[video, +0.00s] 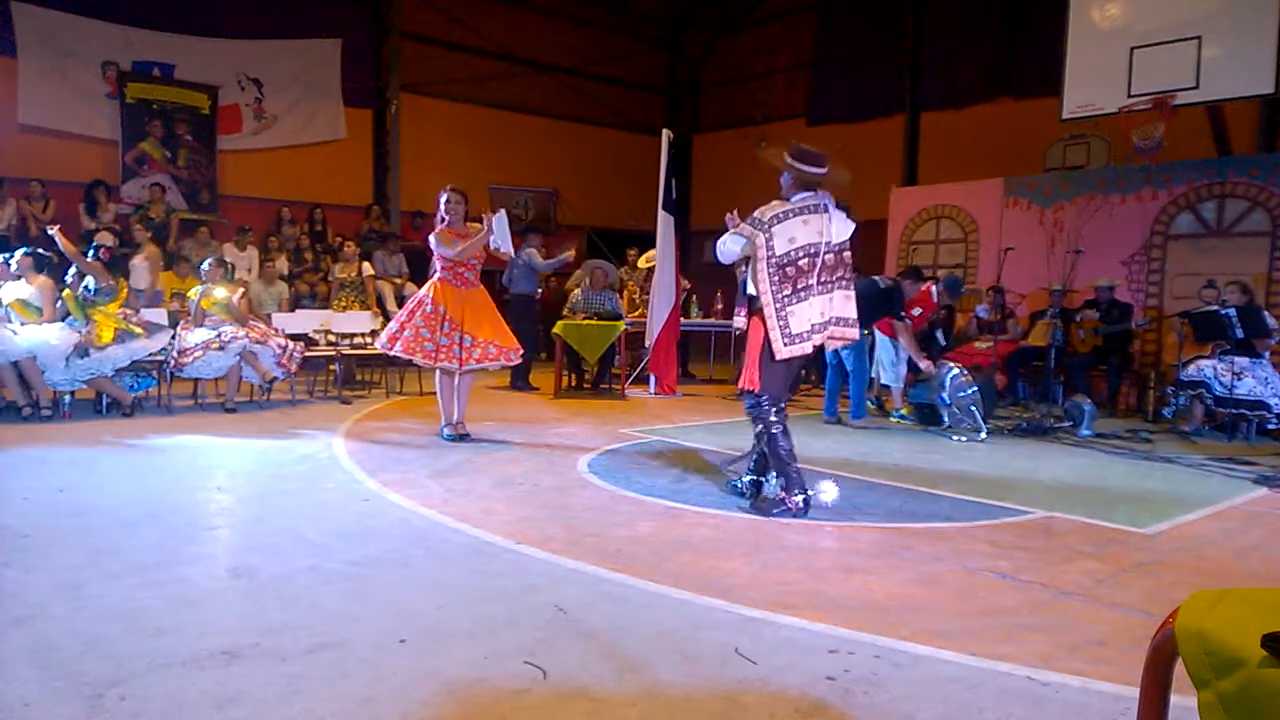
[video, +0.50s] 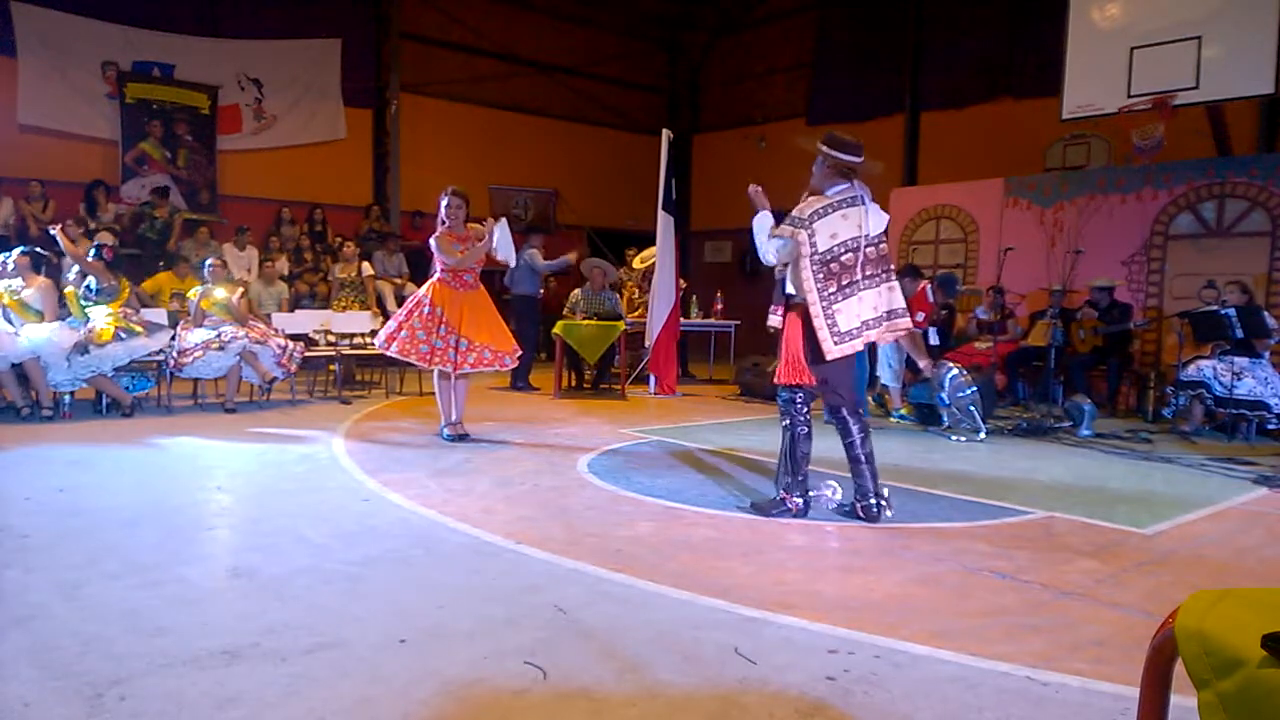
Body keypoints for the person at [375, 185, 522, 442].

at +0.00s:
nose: (452, 207)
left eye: (457, 203)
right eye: (447, 203)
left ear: (465, 207)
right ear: (441, 208)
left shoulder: (477, 231)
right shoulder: (438, 236)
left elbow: (505, 255)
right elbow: (457, 254)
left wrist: (498, 230)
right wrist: (486, 234)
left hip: (472, 301)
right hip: (445, 301)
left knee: (467, 365)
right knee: (446, 365)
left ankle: (460, 421)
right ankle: (446, 422)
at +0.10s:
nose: (452, 209)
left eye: (457, 205)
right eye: (448, 205)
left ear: (466, 208)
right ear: (441, 209)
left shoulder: (476, 233)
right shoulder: (438, 237)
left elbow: (504, 256)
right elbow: (456, 257)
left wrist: (496, 231)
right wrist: (486, 238)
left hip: (470, 301)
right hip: (445, 301)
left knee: (465, 365)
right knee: (445, 365)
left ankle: (458, 421)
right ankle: (446, 421)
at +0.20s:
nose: (452, 210)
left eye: (457, 206)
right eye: (447, 206)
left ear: (465, 210)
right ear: (440, 210)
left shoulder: (475, 231)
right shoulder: (438, 239)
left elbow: (500, 254)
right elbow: (457, 260)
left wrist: (496, 230)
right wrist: (487, 238)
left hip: (469, 302)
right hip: (444, 302)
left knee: (464, 365)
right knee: (445, 366)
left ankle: (458, 421)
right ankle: (446, 421)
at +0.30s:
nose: (452, 211)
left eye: (457, 207)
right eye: (447, 207)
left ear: (466, 210)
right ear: (440, 210)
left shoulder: (477, 232)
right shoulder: (438, 239)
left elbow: (502, 259)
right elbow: (455, 262)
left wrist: (498, 236)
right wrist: (485, 241)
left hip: (469, 302)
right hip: (444, 303)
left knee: (463, 365)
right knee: (444, 366)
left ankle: (458, 421)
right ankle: (446, 421)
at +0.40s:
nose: (451, 212)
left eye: (457, 207)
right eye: (447, 207)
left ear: (466, 211)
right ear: (440, 211)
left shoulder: (477, 232)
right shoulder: (438, 240)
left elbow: (501, 258)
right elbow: (457, 262)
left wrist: (500, 236)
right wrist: (486, 243)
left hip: (469, 303)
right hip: (444, 303)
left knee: (463, 365)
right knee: (443, 366)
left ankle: (458, 421)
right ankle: (446, 422)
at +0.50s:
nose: (452, 212)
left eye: (457, 207)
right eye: (447, 207)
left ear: (466, 211)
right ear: (441, 211)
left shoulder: (476, 231)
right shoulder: (438, 240)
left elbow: (497, 256)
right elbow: (457, 262)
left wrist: (496, 233)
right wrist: (486, 243)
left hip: (469, 303)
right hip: (444, 303)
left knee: (463, 365)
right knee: (443, 365)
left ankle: (458, 421)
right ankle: (446, 421)